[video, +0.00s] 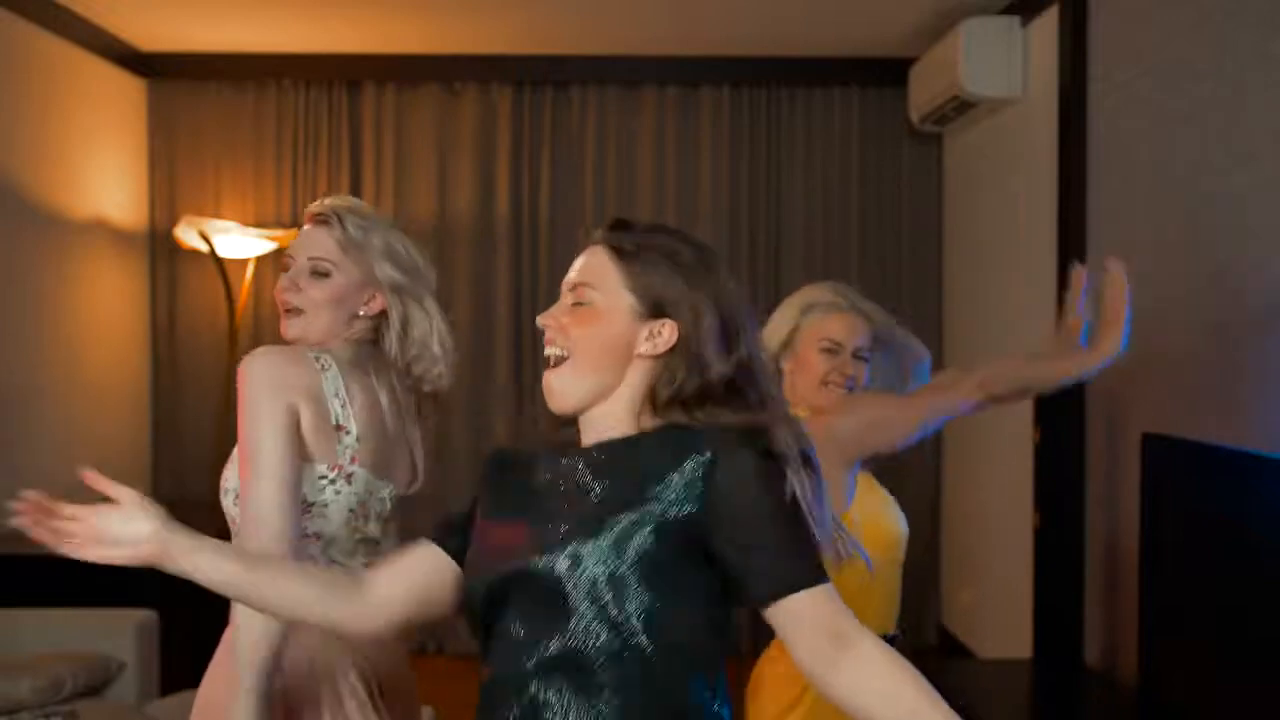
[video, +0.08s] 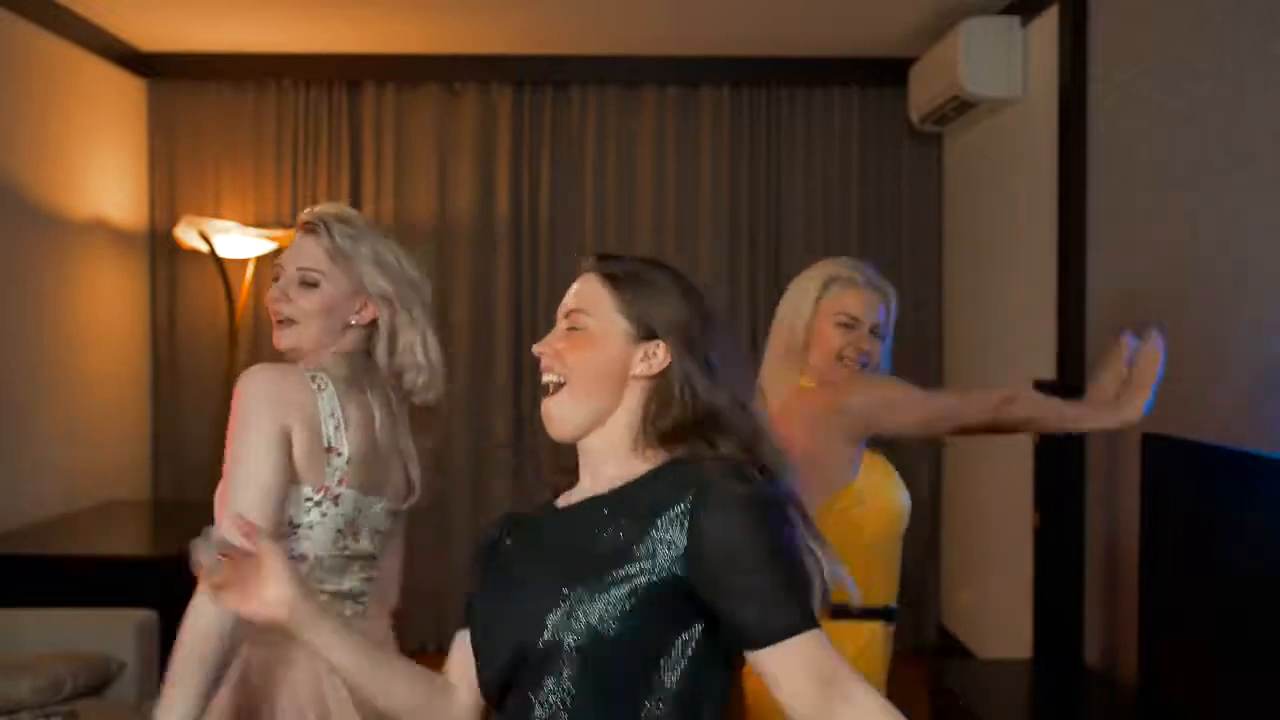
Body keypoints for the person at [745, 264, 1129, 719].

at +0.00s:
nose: (847, 369)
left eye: (860, 358)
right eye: (829, 350)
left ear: (870, 370)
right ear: (783, 357)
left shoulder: (826, 439)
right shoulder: (817, 437)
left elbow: (956, 394)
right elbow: (970, 389)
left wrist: (1060, 355)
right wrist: (1094, 358)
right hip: (810, 684)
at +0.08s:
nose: (864, 345)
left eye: (875, 333)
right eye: (845, 325)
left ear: (883, 345)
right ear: (802, 327)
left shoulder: (799, 407)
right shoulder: (825, 409)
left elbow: (957, 414)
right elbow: (980, 412)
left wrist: (1080, 405)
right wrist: (1111, 414)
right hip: (823, 675)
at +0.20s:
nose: (899, 279)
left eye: (913, 267)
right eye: (881, 259)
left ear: (922, 277)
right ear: (833, 258)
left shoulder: (807, 332)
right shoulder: (885, 335)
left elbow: (978, 400)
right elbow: (1001, 411)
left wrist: (1091, 454)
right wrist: (1106, 470)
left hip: (797, 598)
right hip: (836, 617)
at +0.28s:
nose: (917, 279)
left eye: (927, 264)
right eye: (899, 256)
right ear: (848, 256)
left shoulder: (821, 326)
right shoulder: (893, 332)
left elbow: (985, 427)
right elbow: (997, 436)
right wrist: (1088, 509)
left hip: (812, 575)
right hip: (850, 589)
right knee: (860, 709)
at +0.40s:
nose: (925, 322)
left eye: (938, 306)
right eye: (909, 299)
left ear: (948, 313)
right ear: (861, 301)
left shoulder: (823, 377)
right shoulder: (906, 387)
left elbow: (816, 285)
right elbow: (994, 507)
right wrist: (1072, 598)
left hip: (813, 627)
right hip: (882, 640)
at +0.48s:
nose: (943, 330)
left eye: (953, 314)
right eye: (924, 308)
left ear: (963, 320)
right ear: (878, 303)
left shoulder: (816, 387)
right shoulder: (920, 401)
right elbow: (992, 528)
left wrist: (1051, 613)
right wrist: (1060, 628)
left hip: (813, 636)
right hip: (889, 650)